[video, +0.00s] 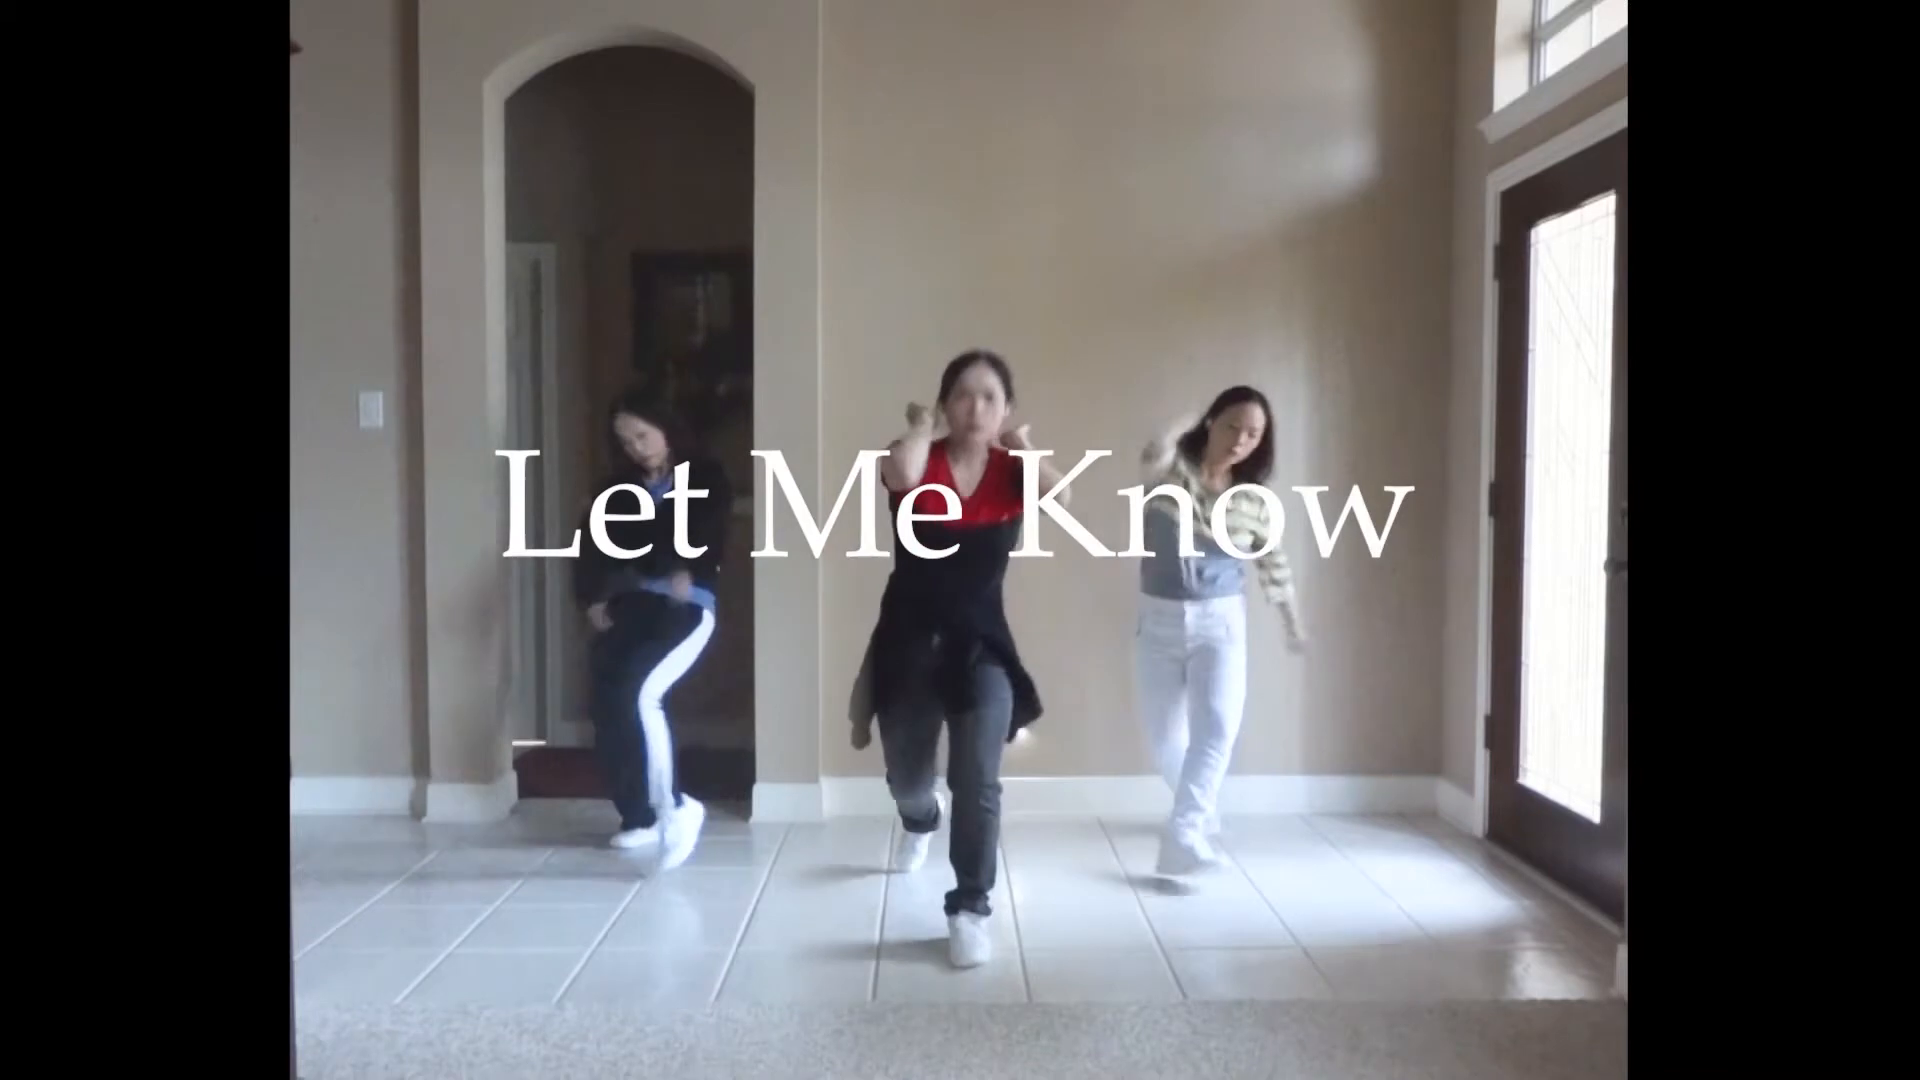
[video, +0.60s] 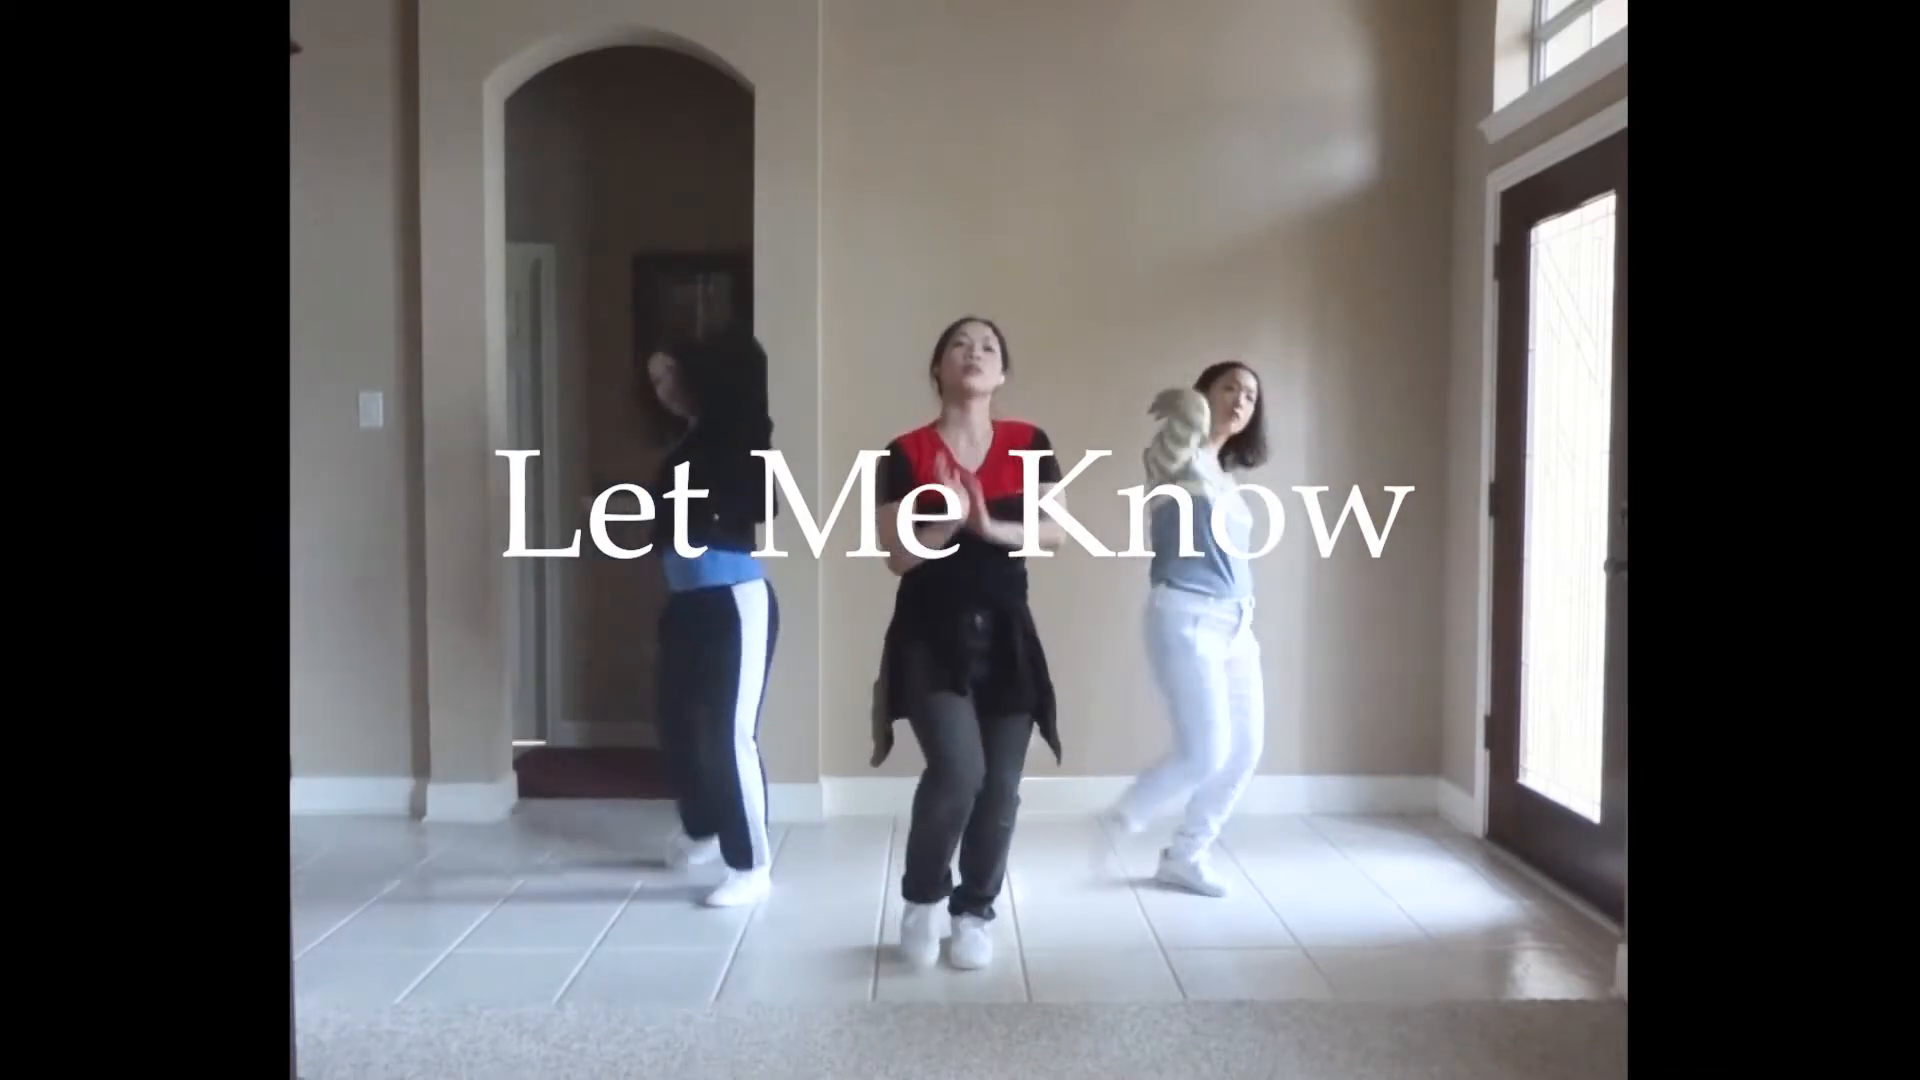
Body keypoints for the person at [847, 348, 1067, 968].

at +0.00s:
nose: (975, 406)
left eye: (989, 397)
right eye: (965, 395)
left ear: (1006, 411)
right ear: (944, 407)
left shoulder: (1014, 471)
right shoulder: (915, 462)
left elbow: (1048, 483)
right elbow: (900, 471)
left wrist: (1020, 445)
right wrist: (922, 430)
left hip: (980, 639)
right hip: (909, 638)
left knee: (977, 778)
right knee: (908, 779)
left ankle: (971, 907)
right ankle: (921, 823)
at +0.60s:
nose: (974, 353)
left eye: (988, 347)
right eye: (961, 345)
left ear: (1003, 374)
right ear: (937, 369)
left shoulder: (1027, 444)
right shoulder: (905, 453)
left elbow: (1056, 533)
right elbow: (896, 556)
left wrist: (990, 527)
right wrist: (932, 531)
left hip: (1006, 629)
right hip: (929, 630)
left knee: (1001, 783)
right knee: (959, 773)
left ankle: (976, 913)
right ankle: (924, 898)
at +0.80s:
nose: (973, 351)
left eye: (986, 346)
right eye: (959, 343)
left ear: (999, 373)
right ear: (933, 367)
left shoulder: (1025, 440)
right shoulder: (907, 450)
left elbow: (1050, 531)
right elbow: (902, 544)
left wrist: (1041, 604)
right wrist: (953, 589)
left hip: (1011, 626)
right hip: (936, 629)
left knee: (1000, 786)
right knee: (964, 779)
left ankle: (975, 914)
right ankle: (928, 906)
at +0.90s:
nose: (971, 353)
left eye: (984, 350)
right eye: (958, 343)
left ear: (996, 377)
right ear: (930, 365)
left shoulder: (1022, 441)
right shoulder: (902, 448)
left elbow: (1070, 532)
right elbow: (927, 544)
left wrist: (1100, 610)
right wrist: (986, 611)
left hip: (1011, 625)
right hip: (935, 627)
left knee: (999, 786)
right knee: (965, 779)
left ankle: (974, 913)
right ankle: (926, 908)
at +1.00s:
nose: (972, 355)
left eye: (984, 352)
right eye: (959, 345)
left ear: (996, 379)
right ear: (929, 366)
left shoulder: (1022, 442)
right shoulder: (900, 442)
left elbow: (1106, 503)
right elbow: (925, 536)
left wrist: (1161, 540)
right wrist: (1000, 599)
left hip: (1008, 622)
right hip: (933, 628)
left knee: (999, 786)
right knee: (965, 778)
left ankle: (973, 913)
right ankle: (924, 907)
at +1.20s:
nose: (974, 359)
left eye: (988, 352)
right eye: (961, 348)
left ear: (1002, 374)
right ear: (937, 365)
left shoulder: (1023, 453)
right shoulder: (902, 447)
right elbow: (903, 542)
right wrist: (983, 560)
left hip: (1011, 634)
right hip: (936, 635)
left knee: (1003, 788)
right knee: (965, 782)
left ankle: (975, 915)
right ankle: (922, 907)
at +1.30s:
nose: (972, 366)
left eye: (985, 357)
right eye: (959, 355)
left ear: (1002, 374)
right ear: (936, 367)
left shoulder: (1018, 460)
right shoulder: (903, 446)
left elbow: (1051, 546)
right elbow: (860, 510)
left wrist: (1107, 504)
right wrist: (901, 507)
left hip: (1014, 638)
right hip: (942, 639)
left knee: (1010, 786)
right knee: (972, 785)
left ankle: (975, 916)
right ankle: (920, 908)